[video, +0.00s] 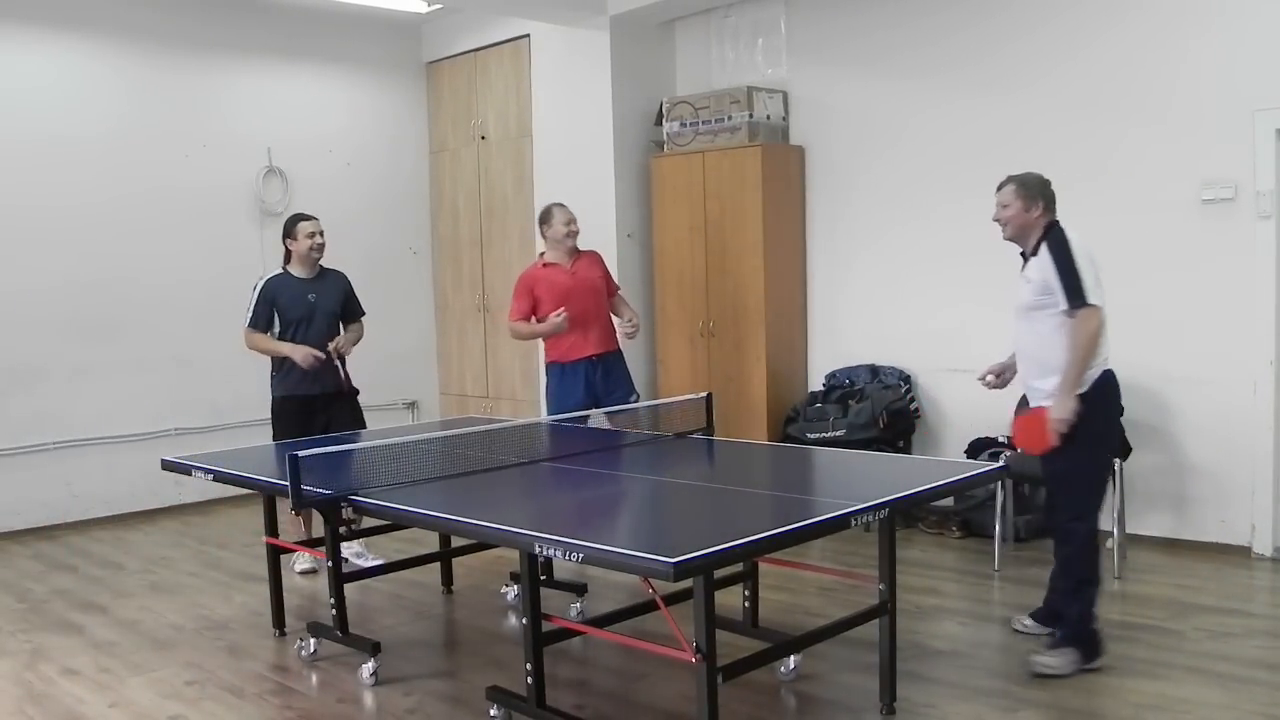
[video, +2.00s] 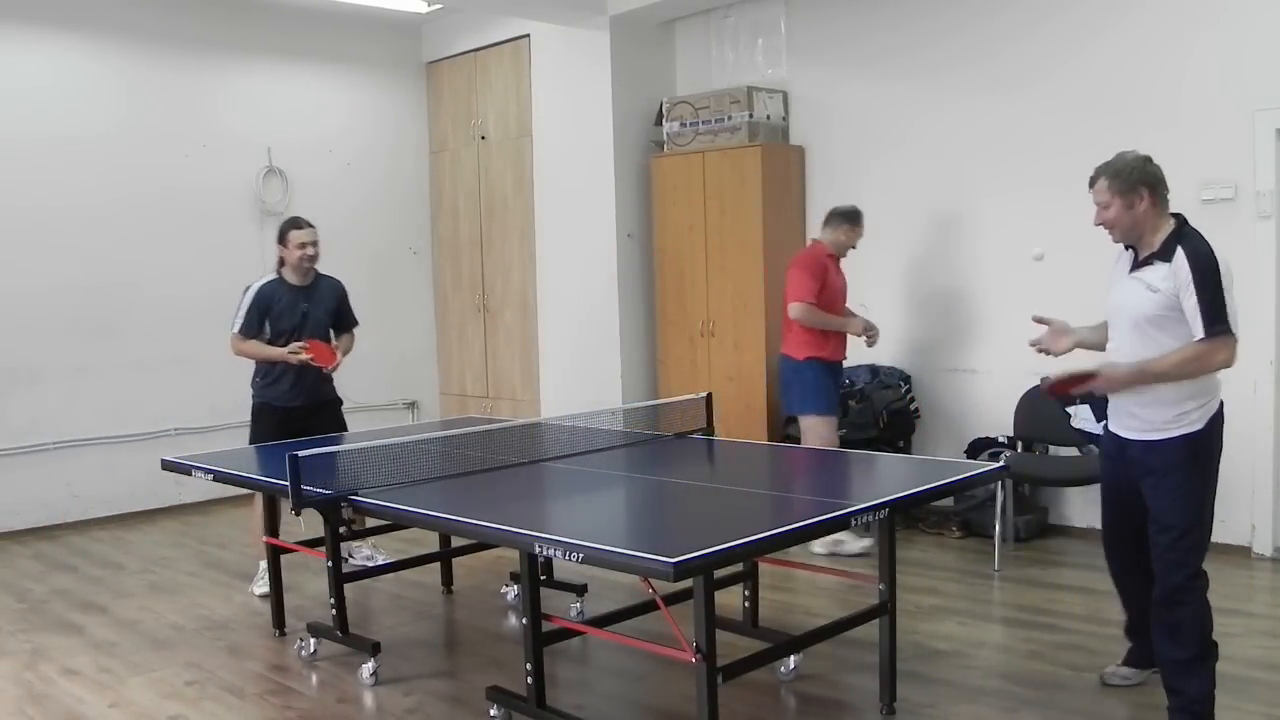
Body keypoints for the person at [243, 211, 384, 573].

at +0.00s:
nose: (320, 241)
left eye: (322, 235)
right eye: (312, 236)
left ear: (324, 240)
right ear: (291, 244)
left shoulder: (338, 280)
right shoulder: (272, 286)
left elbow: (356, 325)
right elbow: (252, 337)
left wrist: (348, 339)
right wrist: (292, 350)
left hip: (337, 393)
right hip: (292, 397)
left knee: (350, 462)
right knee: (296, 472)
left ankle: (346, 540)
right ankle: (306, 546)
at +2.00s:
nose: (310, 252)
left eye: (314, 245)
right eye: (302, 246)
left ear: (319, 248)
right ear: (282, 250)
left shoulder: (333, 289)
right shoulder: (262, 292)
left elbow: (347, 334)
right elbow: (239, 343)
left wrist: (337, 353)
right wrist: (282, 353)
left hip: (322, 405)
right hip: (274, 408)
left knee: (340, 476)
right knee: (268, 490)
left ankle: (348, 547)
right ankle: (267, 564)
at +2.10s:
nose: (329, 255)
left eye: (332, 249)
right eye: (320, 250)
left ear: (336, 252)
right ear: (300, 253)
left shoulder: (345, 294)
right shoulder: (277, 292)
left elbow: (360, 340)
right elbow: (251, 342)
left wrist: (347, 357)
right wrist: (291, 353)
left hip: (329, 406)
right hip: (281, 408)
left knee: (351, 475)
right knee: (270, 488)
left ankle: (355, 546)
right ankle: (265, 563)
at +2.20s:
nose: (341, 260)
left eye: (345, 254)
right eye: (334, 254)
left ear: (349, 256)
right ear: (312, 257)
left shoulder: (354, 298)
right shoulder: (285, 294)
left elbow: (367, 343)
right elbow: (259, 343)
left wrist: (356, 361)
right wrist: (303, 354)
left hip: (332, 403)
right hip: (284, 404)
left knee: (355, 471)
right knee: (265, 480)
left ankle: (354, 543)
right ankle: (247, 559)